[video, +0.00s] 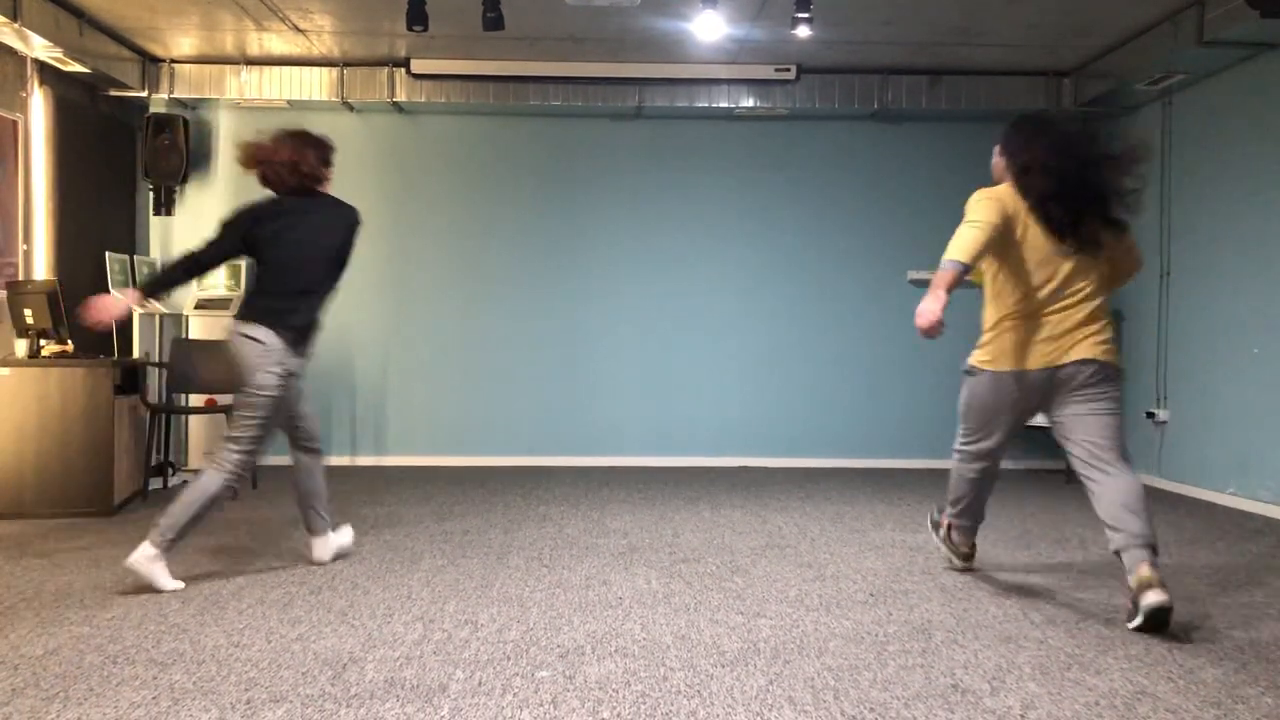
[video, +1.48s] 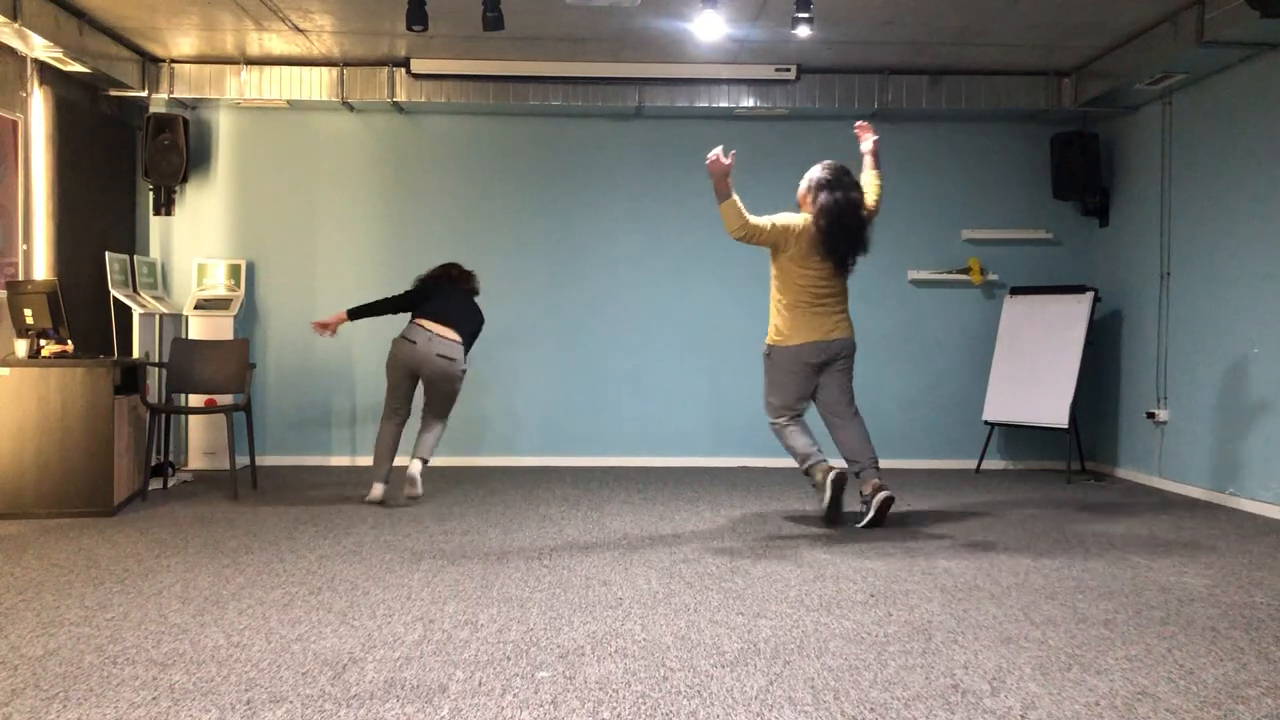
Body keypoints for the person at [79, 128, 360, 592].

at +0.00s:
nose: (331, 172)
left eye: (267, 169)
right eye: (326, 166)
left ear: (275, 172)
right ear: (318, 171)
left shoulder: (260, 215)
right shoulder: (343, 217)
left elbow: (201, 260)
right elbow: (319, 275)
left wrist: (133, 296)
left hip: (249, 334)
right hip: (276, 345)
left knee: (306, 441)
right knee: (232, 460)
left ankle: (322, 537)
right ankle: (152, 551)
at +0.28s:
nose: (427, 211)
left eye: (425, 206)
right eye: (424, 205)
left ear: (380, 207)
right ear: (417, 207)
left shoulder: (364, 243)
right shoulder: (430, 236)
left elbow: (351, 298)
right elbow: (453, 286)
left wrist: (337, 347)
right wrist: (426, 315)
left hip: (360, 348)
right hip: (416, 341)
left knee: (386, 427)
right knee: (452, 421)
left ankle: (385, 501)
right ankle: (476, 505)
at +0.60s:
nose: (476, 259)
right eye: (474, 254)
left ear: (431, 257)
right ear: (468, 254)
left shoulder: (423, 284)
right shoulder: (484, 274)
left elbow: (459, 316)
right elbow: (531, 302)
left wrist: (507, 337)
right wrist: (590, 328)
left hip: (472, 352)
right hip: (513, 343)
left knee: (460, 433)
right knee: (507, 423)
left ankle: (500, 490)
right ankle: (526, 493)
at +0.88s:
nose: (515, 302)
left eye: (515, 298)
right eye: (514, 298)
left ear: (475, 294)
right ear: (507, 296)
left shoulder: (460, 320)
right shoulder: (511, 312)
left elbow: (483, 366)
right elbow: (555, 344)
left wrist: (537, 395)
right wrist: (607, 369)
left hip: (475, 374)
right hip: (522, 365)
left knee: (476, 425)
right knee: (521, 432)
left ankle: (498, 476)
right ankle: (532, 503)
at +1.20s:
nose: (506, 294)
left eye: (506, 290)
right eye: (505, 289)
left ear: (471, 275)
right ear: (499, 285)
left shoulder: (452, 290)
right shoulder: (499, 305)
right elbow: (517, 357)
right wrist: (538, 400)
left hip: (421, 337)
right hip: (464, 343)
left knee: (421, 410)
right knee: (475, 413)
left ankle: (420, 481)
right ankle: (487, 466)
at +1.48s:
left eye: (432, 275)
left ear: (437, 277)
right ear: (469, 286)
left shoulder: (428, 290)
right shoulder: (476, 314)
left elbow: (389, 305)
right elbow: (460, 353)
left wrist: (340, 317)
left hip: (408, 345)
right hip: (447, 359)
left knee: (394, 415)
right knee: (435, 416)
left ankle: (378, 484)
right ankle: (417, 464)